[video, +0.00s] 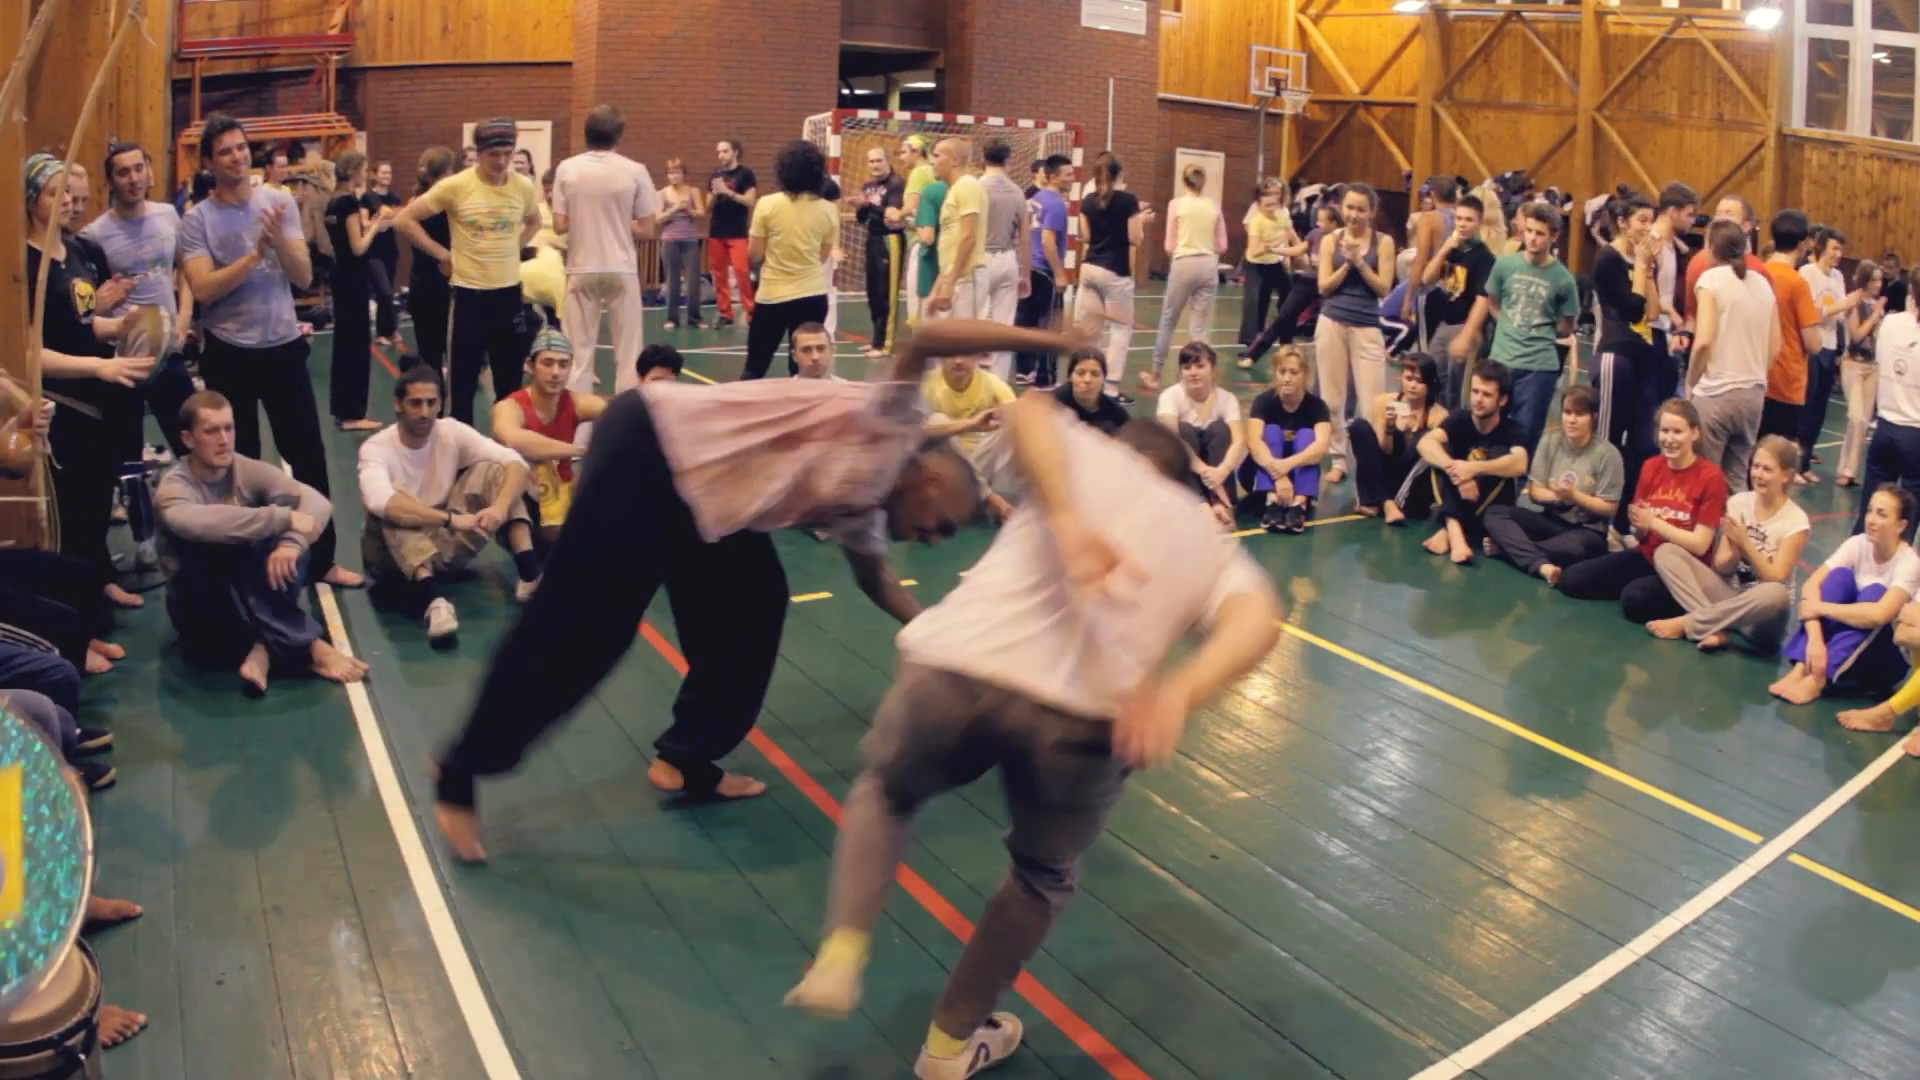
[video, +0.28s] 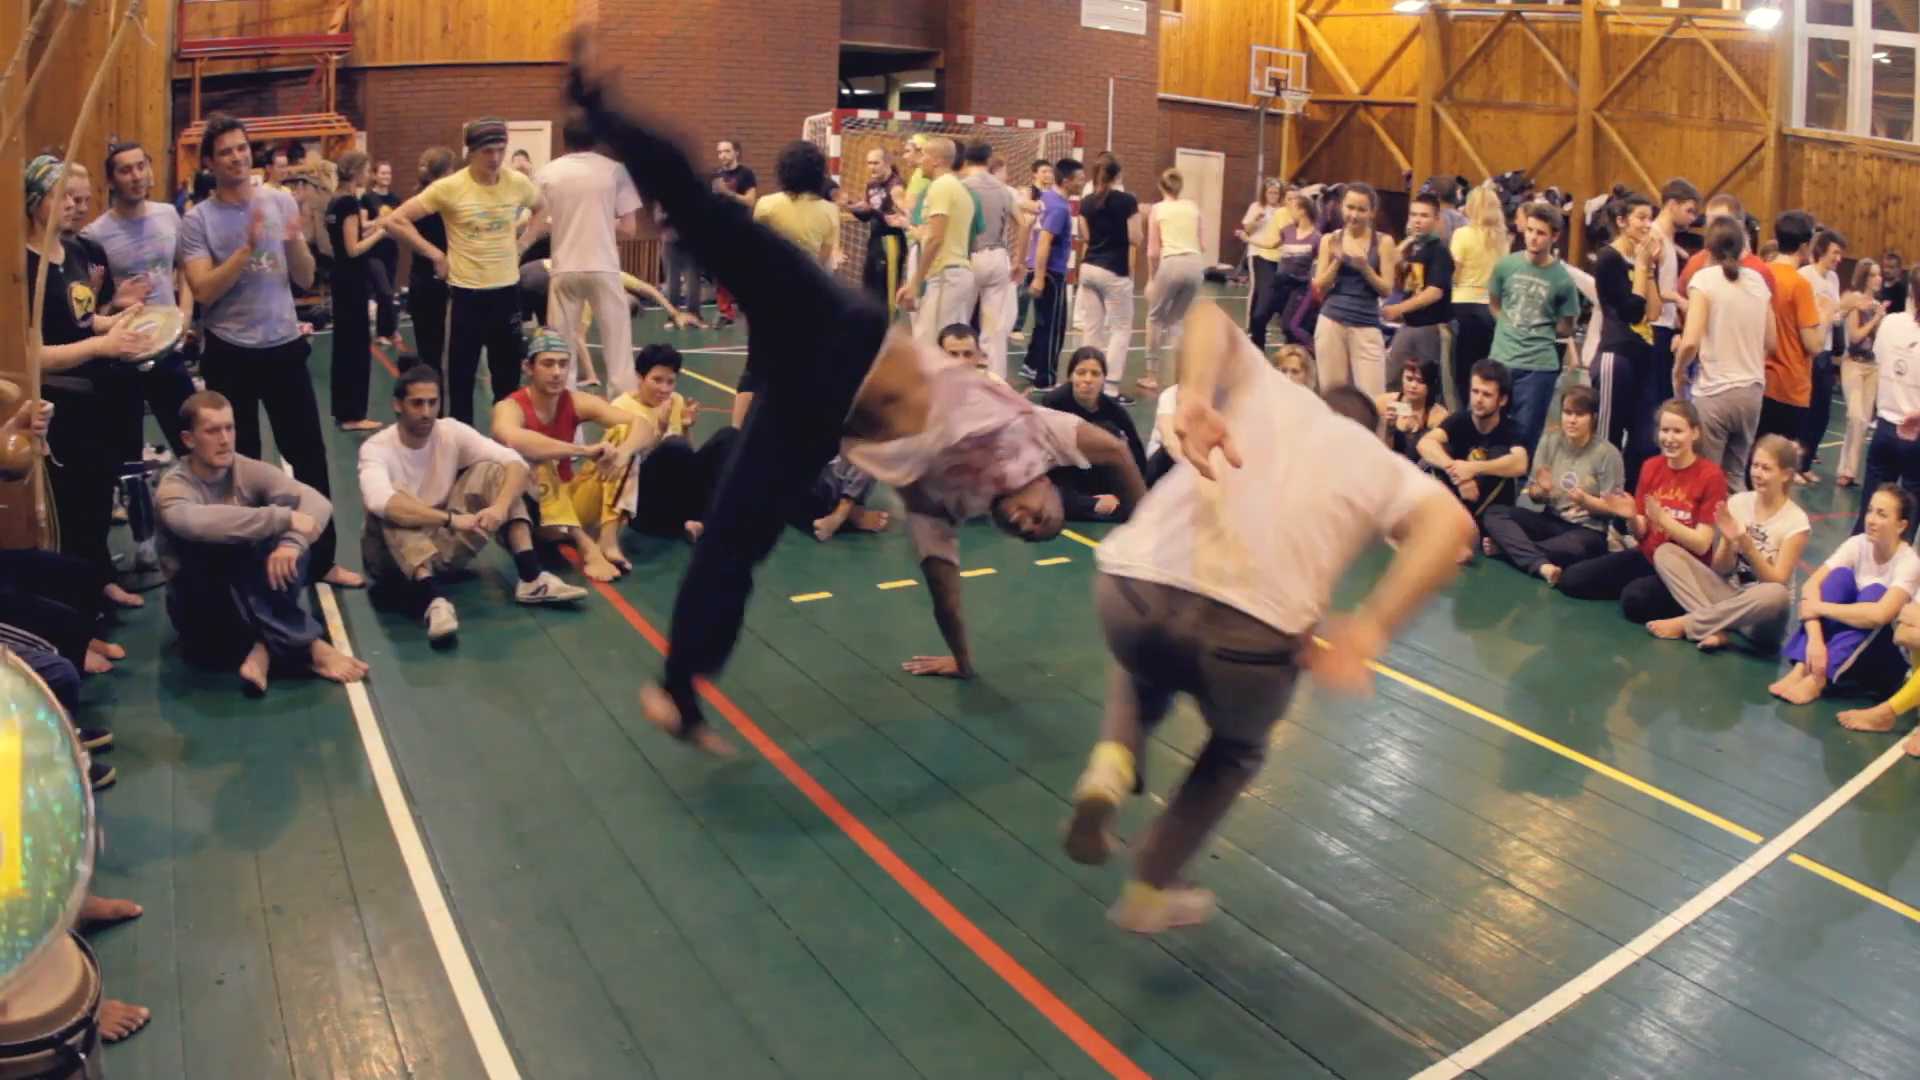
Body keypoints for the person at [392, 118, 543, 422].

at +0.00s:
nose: (501, 161)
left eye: (507, 154)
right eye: (494, 154)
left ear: (513, 153)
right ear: (478, 153)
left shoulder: (523, 187)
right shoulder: (455, 186)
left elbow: (533, 221)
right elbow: (403, 221)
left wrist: (513, 248)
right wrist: (442, 254)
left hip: (509, 294)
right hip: (469, 295)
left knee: (510, 382)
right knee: (463, 381)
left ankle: (512, 449)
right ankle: (462, 448)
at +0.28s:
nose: (494, 158)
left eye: (500, 150)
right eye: (487, 151)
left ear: (506, 150)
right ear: (470, 152)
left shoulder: (518, 183)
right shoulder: (448, 188)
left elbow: (544, 211)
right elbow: (393, 221)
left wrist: (520, 246)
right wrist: (435, 254)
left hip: (506, 294)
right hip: (466, 295)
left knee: (507, 380)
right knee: (460, 379)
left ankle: (510, 451)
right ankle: (460, 447)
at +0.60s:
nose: (486, 160)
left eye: (491, 153)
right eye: (479, 154)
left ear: (496, 151)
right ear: (461, 154)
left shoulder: (508, 180)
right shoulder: (440, 192)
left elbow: (539, 204)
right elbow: (391, 232)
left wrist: (531, 252)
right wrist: (437, 269)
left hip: (506, 294)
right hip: (465, 296)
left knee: (506, 381)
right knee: (460, 380)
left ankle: (508, 450)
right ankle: (461, 447)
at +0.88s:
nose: (481, 158)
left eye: (485, 150)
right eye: (473, 152)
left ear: (490, 150)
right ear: (455, 154)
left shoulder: (504, 180)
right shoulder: (438, 192)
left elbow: (542, 208)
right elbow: (407, 242)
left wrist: (531, 253)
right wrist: (453, 266)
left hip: (503, 296)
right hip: (461, 299)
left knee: (505, 381)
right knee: (457, 382)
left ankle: (507, 449)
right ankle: (458, 449)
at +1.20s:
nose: (483, 159)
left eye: (488, 152)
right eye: (475, 153)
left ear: (493, 151)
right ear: (458, 153)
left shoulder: (505, 186)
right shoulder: (438, 195)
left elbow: (525, 227)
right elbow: (426, 258)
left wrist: (531, 257)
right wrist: (469, 282)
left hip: (501, 297)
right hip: (459, 299)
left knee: (504, 384)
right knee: (456, 385)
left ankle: (507, 452)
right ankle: (456, 451)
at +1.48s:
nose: (485, 158)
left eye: (489, 151)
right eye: (477, 151)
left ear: (494, 151)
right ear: (460, 152)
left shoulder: (505, 189)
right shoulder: (440, 196)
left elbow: (518, 247)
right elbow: (430, 260)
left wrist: (525, 306)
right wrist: (436, 324)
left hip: (502, 298)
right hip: (462, 299)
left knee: (505, 388)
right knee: (457, 391)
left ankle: (509, 456)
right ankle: (456, 456)